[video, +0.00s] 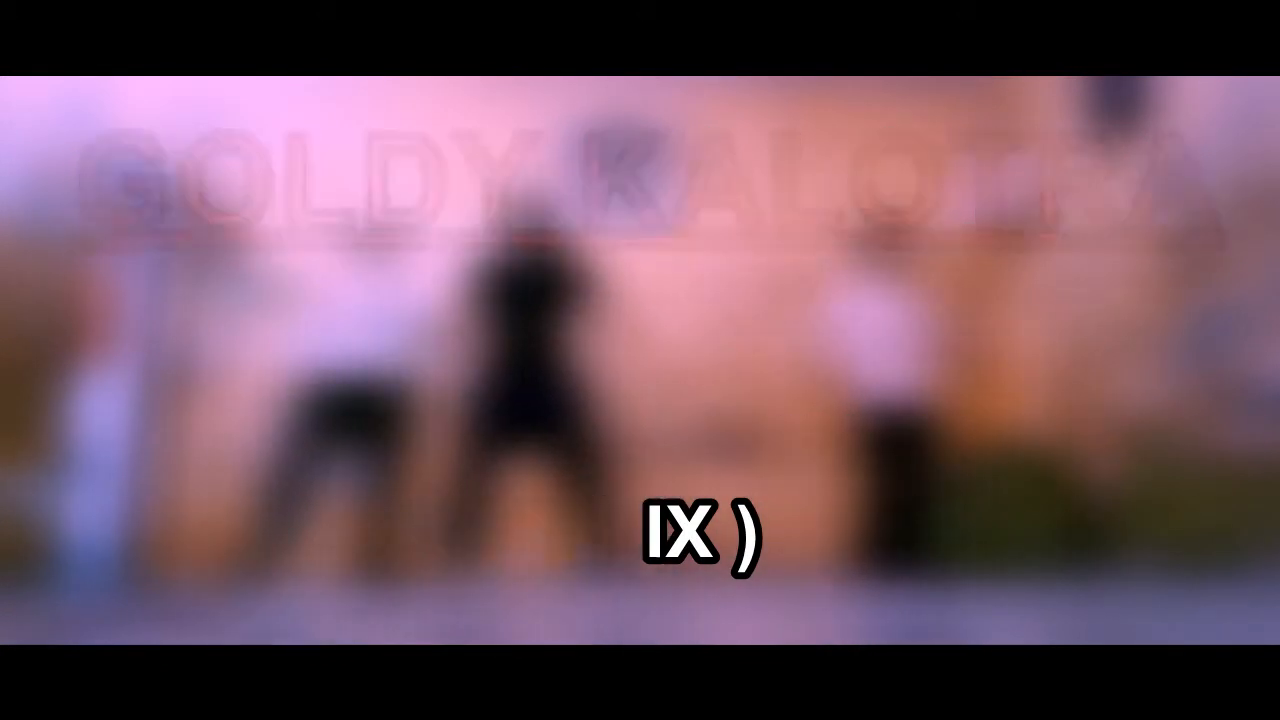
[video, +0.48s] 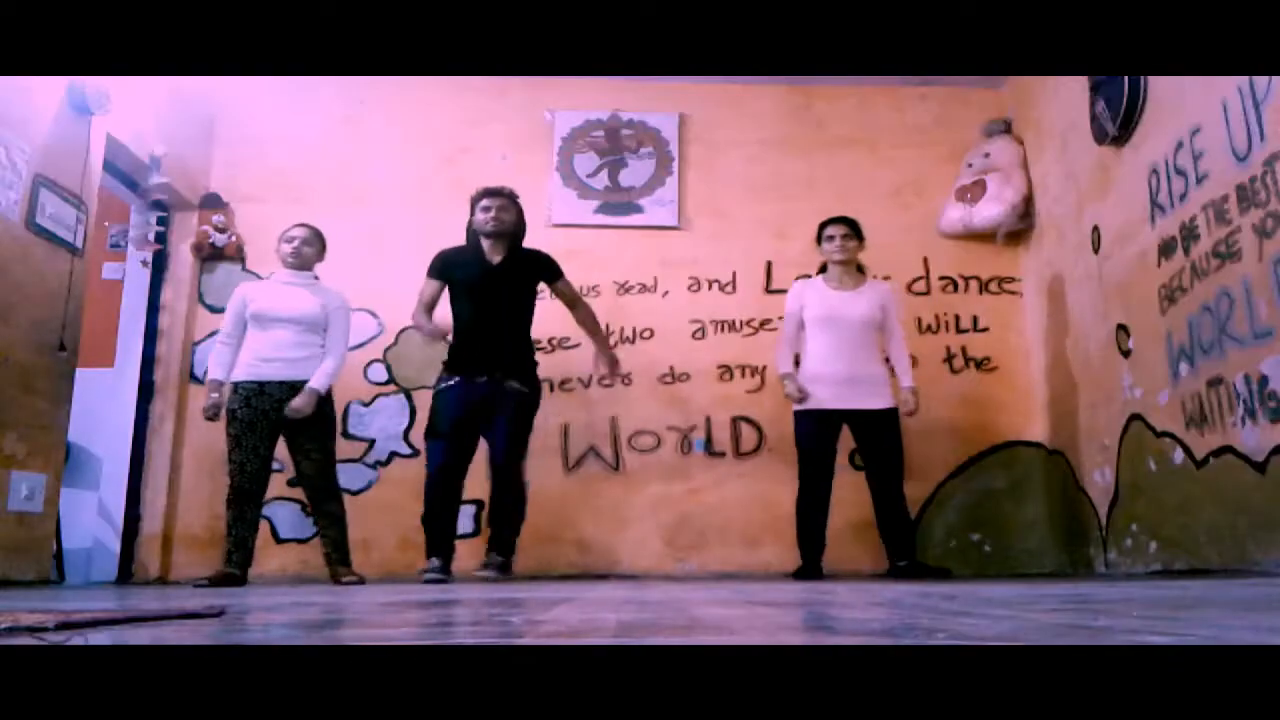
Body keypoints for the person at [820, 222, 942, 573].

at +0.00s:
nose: (887, 248)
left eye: (894, 237)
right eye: (879, 237)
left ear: (904, 243)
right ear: (863, 242)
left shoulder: (912, 289)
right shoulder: (848, 290)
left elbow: (933, 343)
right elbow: (831, 346)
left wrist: (928, 383)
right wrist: (854, 383)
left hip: (913, 398)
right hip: (871, 399)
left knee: (916, 485)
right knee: (880, 487)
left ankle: (913, 552)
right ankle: (879, 554)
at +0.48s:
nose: (839, 244)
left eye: (847, 238)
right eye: (830, 239)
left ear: (860, 246)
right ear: (820, 249)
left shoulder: (880, 292)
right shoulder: (802, 291)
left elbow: (895, 340)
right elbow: (787, 339)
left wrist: (907, 385)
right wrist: (787, 376)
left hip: (873, 401)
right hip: (817, 403)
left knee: (888, 485)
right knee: (813, 486)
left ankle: (903, 561)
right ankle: (810, 563)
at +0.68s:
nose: (834, 245)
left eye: (842, 239)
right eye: (825, 240)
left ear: (854, 247)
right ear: (814, 249)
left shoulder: (874, 292)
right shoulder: (797, 289)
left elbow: (896, 333)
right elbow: (777, 333)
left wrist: (902, 358)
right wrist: (761, 371)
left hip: (867, 402)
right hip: (816, 402)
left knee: (871, 483)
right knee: (819, 483)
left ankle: (855, 559)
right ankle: (811, 563)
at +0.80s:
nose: (879, 227)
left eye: (888, 220)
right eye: (869, 221)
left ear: (901, 230)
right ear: (854, 231)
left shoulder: (922, 283)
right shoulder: (833, 278)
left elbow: (957, 334)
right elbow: (798, 329)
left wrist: (938, 303)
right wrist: (762, 371)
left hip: (910, 405)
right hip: (860, 401)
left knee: (908, 500)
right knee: (897, 491)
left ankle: (884, 595)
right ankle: (853, 587)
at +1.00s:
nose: (892, 226)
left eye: (900, 219)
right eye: (881, 220)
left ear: (912, 230)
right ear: (865, 230)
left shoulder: (932, 277)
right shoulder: (843, 279)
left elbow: (977, 312)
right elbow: (801, 325)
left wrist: (976, 275)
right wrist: (765, 360)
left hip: (919, 404)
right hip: (868, 401)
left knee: (918, 499)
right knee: (911, 494)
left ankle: (895, 595)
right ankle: (918, 596)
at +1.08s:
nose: (893, 226)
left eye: (901, 220)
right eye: (882, 220)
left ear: (913, 230)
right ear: (865, 231)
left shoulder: (938, 280)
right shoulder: (846, 281)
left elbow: (996, 313)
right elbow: (813, 335)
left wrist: (1039, 301)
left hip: (932, 406)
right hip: (869, 407)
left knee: (931, 504)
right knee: (887, 504)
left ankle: (899, 594)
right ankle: (908, 599)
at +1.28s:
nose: (911, 225)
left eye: (919, 218)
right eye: (900, 218)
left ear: (929, 227)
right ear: (883, 227)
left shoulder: (945, 280)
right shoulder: (868, 274)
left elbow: (984, 323)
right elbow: (829, 321)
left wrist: (1030, 316)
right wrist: (855, 281)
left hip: (950, 406)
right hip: (892, 405)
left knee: (945, 508)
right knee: (911, 503)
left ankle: (924, 600)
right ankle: (911, 602)